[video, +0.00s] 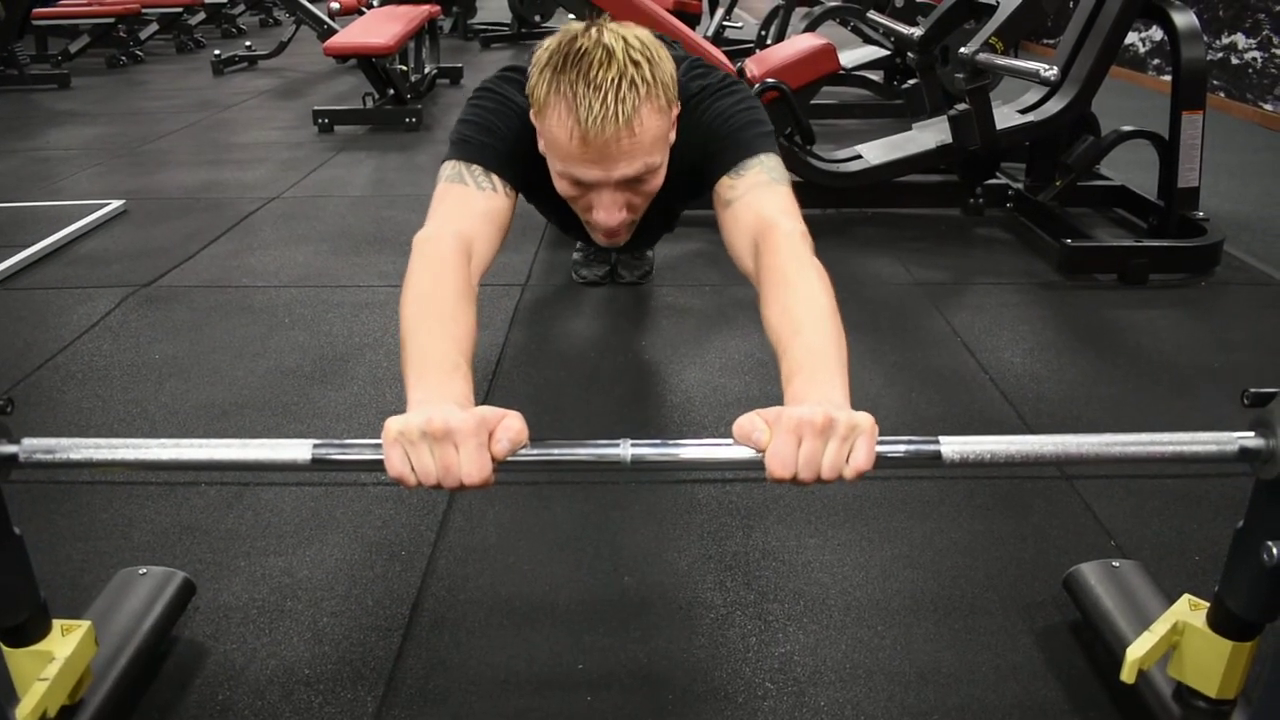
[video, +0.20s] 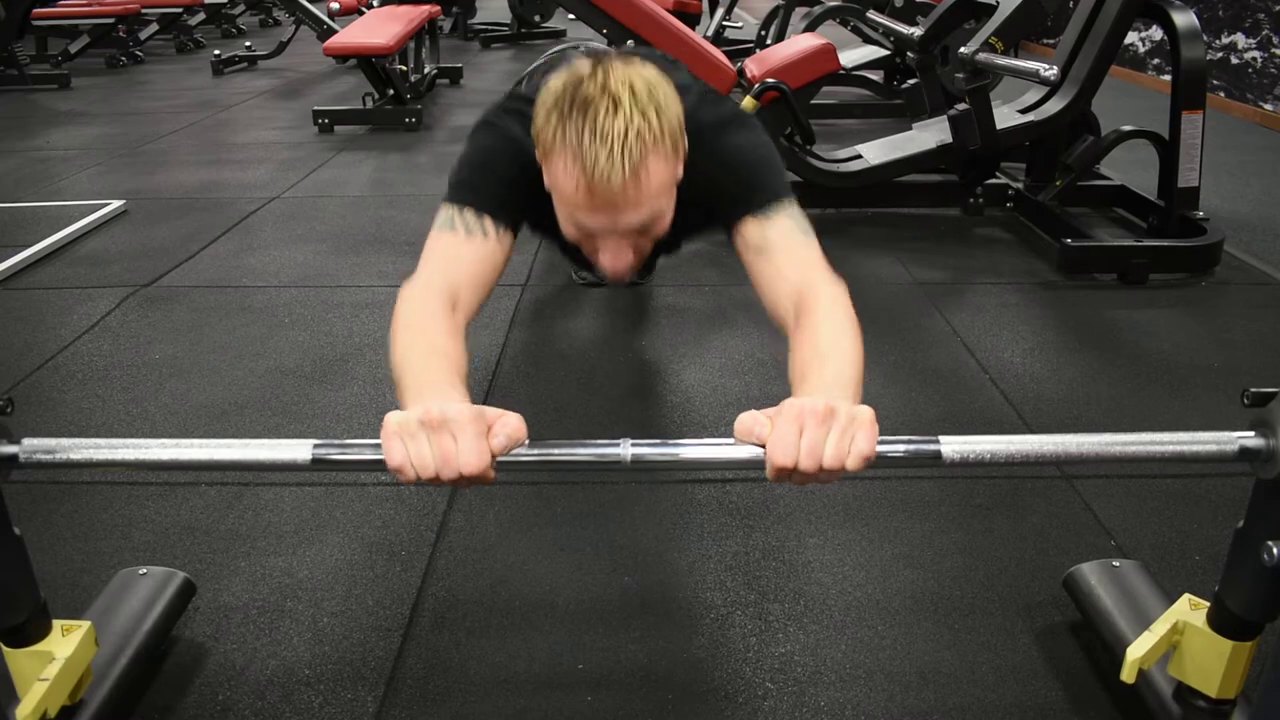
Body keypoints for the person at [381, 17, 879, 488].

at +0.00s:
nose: (610, 209)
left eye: (635, 182)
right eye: (581, 185)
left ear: (672, 127)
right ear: (540, 136)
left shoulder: (719, 106)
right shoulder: (505, 108)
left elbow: (778, 244)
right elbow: (447, 248)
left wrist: (819, 404)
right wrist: (439, 408)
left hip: (667, 201)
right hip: (561, 202)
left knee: (643, 235)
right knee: (585, 234)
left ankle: (633, 255)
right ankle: (595, 252)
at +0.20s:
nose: (617, 262)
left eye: (642, 230)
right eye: (586, 232)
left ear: (677, 165)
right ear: (546, 169)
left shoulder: (727, 141)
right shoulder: (507, 141)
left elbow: (816, 298)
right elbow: (433, 296)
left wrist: (822, 408)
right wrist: (438, 409)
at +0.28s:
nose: (620, 298)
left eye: (647, 268)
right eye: (592, 270)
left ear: (682, 195)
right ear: (551, 204)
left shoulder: (736, 176)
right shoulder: (509, 172)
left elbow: (811, 333)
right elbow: (435, 328)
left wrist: (822, 407)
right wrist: (440, 411)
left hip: (669, 84)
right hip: (546, 83)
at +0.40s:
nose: (624, 365)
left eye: (650, 337)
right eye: (598, 339)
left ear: (687, 262)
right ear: (555, 271)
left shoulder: (734, 219)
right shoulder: (511, 223)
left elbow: (816, 394)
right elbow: (434, 396)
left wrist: (816, 426)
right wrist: (439, 422)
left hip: (673, 112)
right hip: (557, 110)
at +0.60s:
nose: (633, 472)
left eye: (655, 443)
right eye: (606, 444)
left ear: (694, 370)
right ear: (562, 387)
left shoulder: (746, 318)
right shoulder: (512, 320)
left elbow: (843, 551)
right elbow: (434, 548)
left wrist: (817, 491)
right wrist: (445, 479)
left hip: (675, 161)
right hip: (555, 164)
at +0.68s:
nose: (634, 513)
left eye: (660, 482)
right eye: (604, 484)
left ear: (699, 408)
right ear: (556, 422)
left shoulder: (745, 345)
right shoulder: (515, 347)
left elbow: (848, 583)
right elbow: (423, 578)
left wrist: (818, 506)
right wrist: (446, 494)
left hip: (679, 184)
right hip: (558, 183)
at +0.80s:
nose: (633, 568)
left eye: (659, 538)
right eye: (606, 541)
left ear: (701, 468)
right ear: (556, 472)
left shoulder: (742, 383)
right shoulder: (517, 384)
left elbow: (856, 631)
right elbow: (413, 621)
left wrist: (821, 515)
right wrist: (445, 500)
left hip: (681, 219)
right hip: (557, 218)